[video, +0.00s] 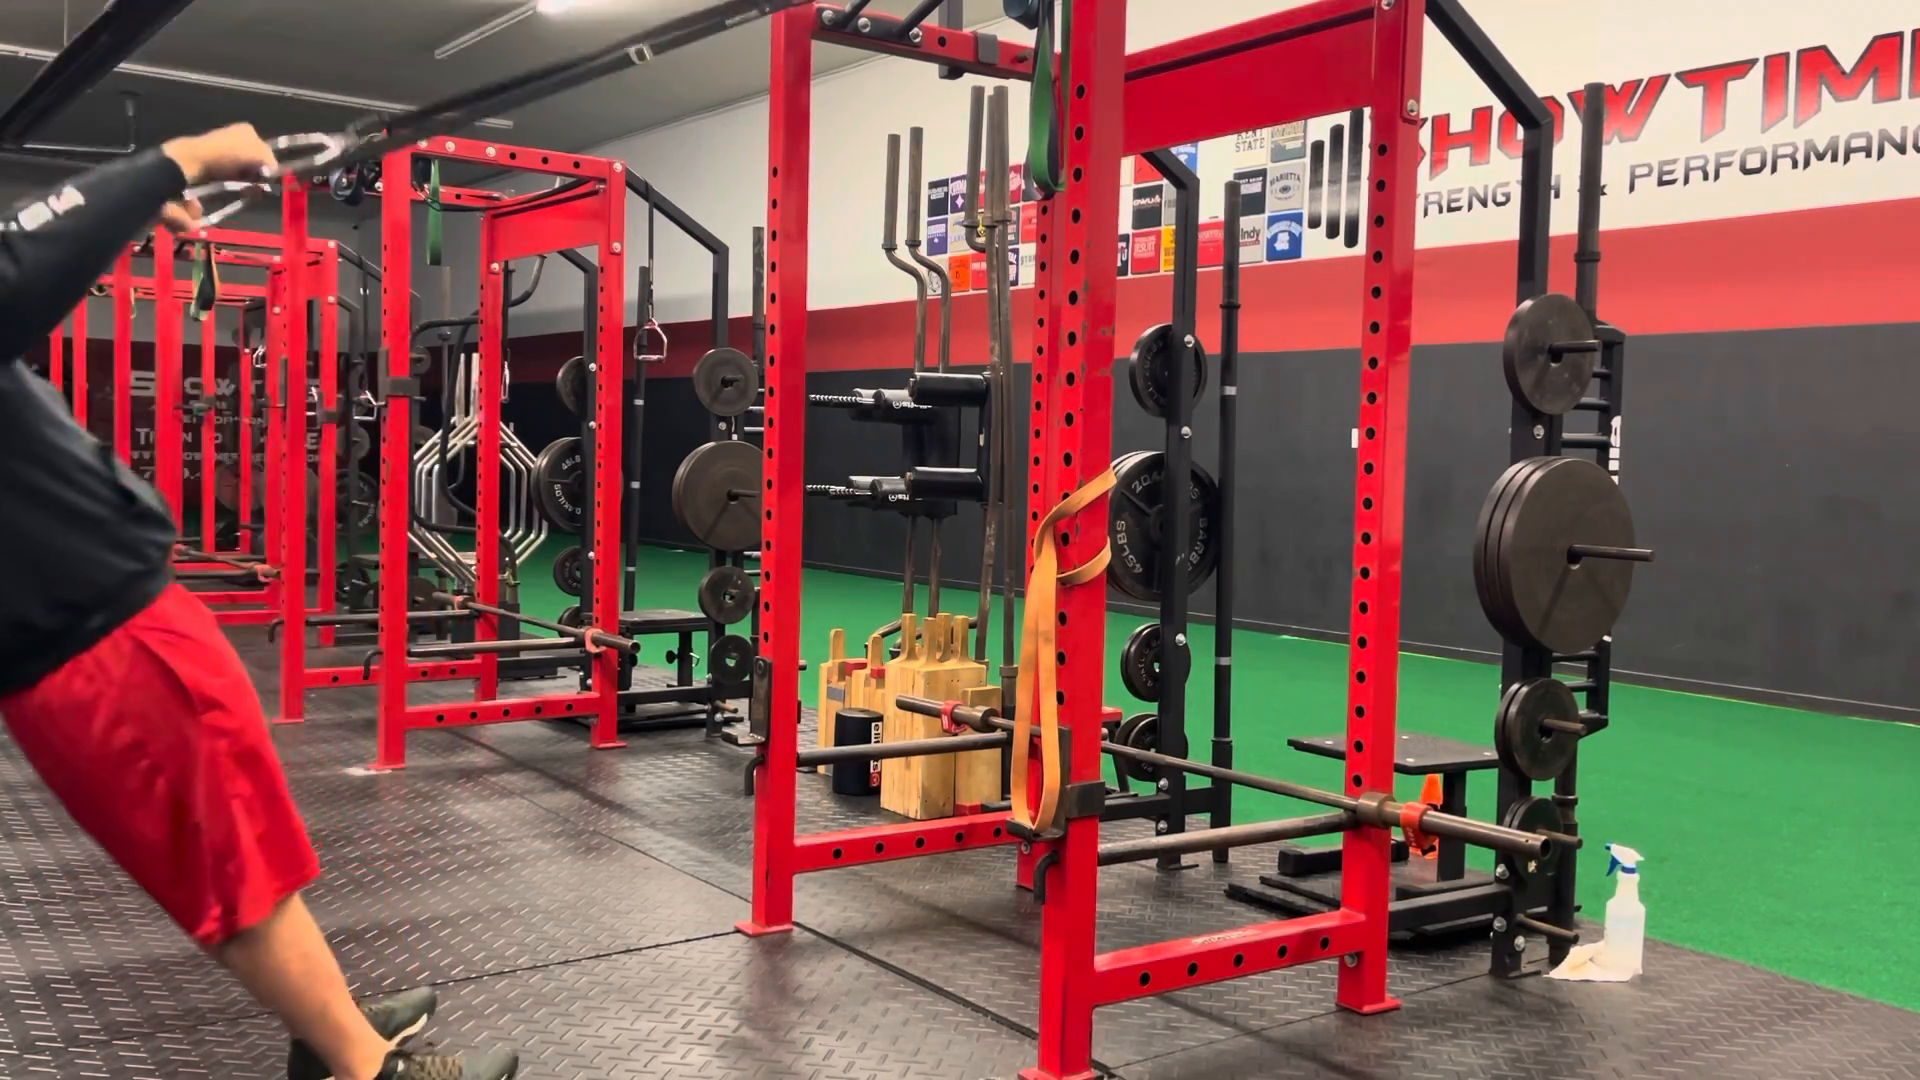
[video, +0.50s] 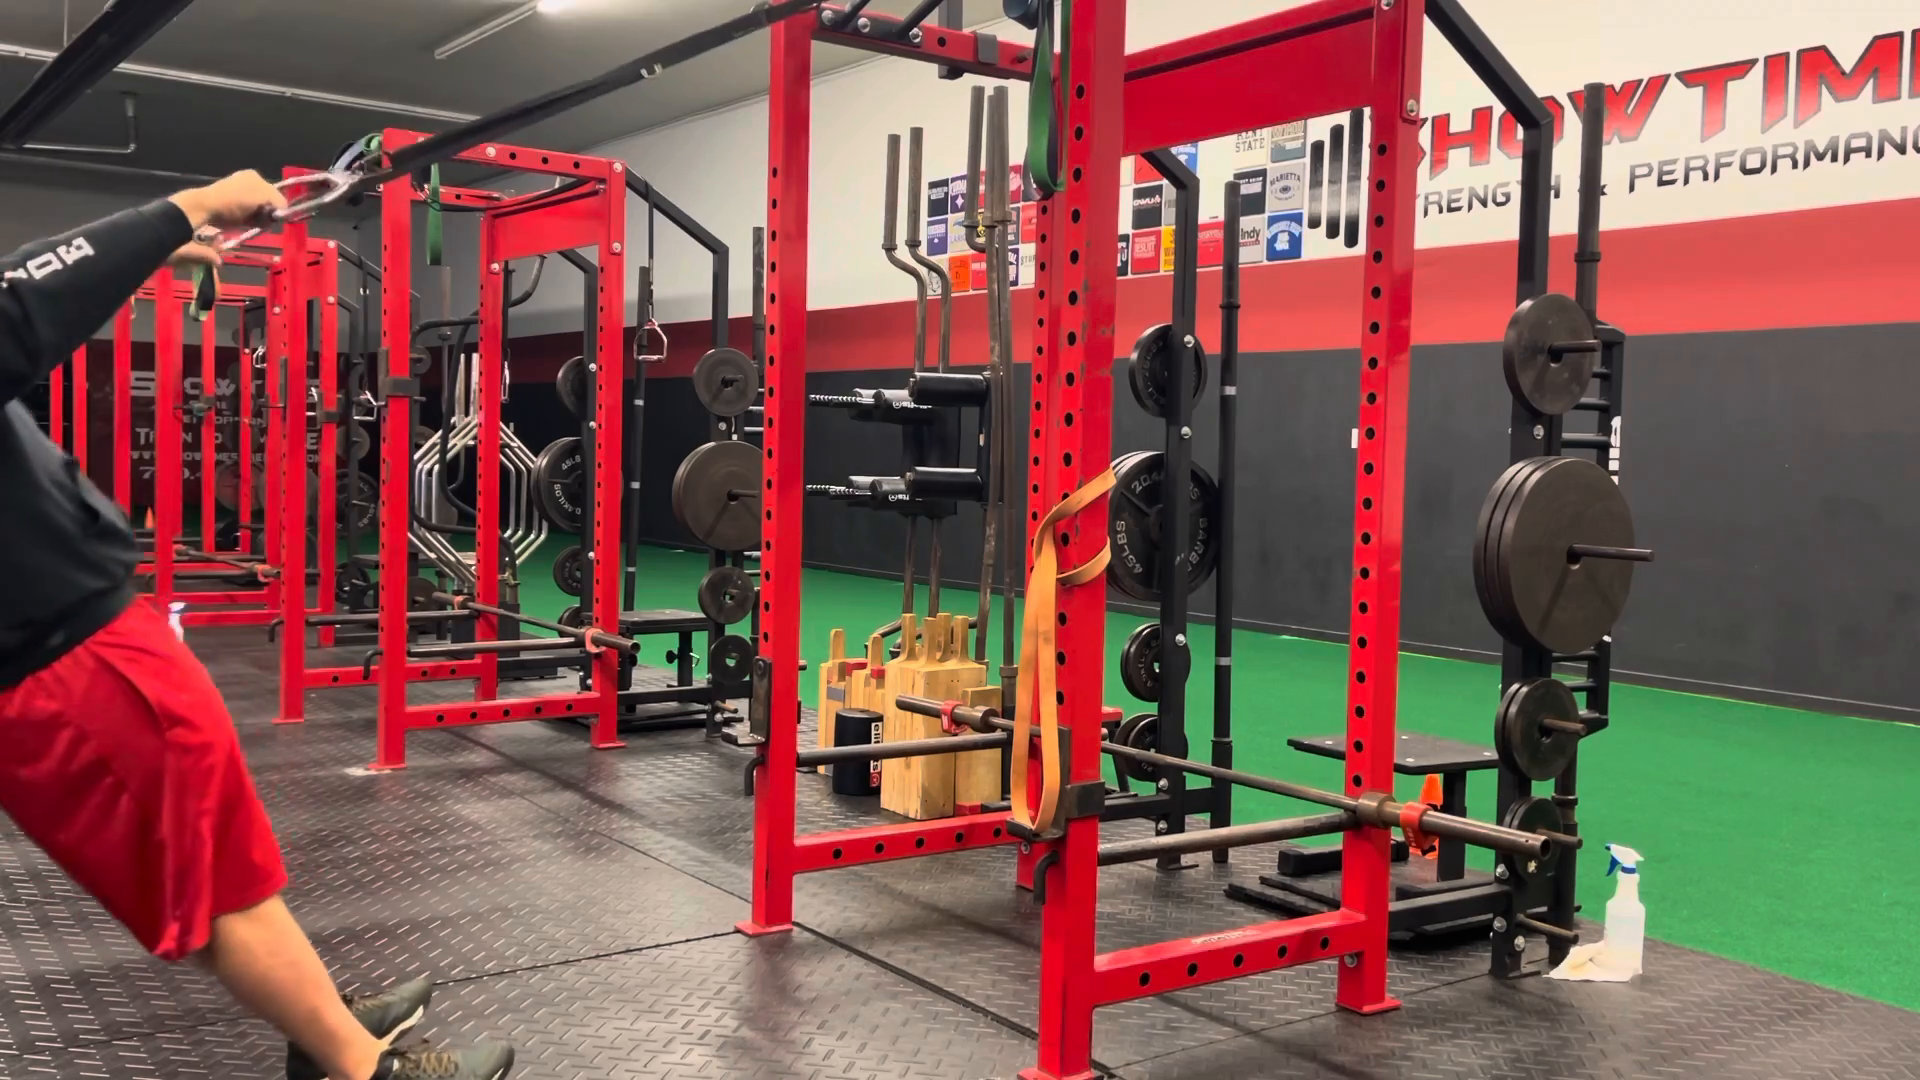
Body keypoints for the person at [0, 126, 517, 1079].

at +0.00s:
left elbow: (25, 263)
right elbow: (24, 272)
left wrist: (170, 167)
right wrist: (179, 159)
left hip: (77, 600)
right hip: (74, 611)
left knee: (220, 836)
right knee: (233, 857)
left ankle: (331, 1026)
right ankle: (367, 1063)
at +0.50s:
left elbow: (25, 307)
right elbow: (23, 314)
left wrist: (184, 215)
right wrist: (186, 210)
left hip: (53, 629)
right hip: (55, 632)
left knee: (204, 839)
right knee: (219, 869)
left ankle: (326, 1026)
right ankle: (361, 1065)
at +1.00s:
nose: (35, 115)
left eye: (26, 98)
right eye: (17, 107)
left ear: (14, 144)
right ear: (1, 151)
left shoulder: (49, 265)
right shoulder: (48, 274)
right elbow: (93, 93)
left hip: (199, 613)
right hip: (244, 608)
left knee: (278, 856)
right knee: (319, 865)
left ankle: (327, 1033)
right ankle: (380, 1057)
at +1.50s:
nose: (248, 122)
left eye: (221, 99)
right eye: (226, 99)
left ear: (149, 137)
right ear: (216, 119)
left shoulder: (146, 239)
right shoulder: (244, 220)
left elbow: (105, 130)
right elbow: (230, 62)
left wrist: (83, 18)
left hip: (263, 591)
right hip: (355, 591)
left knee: (300, 836)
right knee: (371, 855)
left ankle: (331, 1027)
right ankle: (392, 1056)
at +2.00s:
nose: (368, 127)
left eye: (361, 110)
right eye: (350, 110)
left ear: (281, 151)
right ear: (305, 126)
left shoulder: (224, 237)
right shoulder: (322, 229)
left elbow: (163, 153)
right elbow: (269, 72)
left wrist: (107, 39)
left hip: (303, 583)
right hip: (387, 587)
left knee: (314, 828)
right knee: (385, 850)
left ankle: (337, 1025)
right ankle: (395, 1057)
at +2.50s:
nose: (241, 127)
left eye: (225, 110)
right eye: (215, 111)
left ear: (115, 146)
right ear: (184, 126)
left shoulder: (134, 245)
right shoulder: (202, 222)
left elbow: (92, 132)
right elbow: (199, 72)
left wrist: (87, 27)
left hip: (262, 586)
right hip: (329, 587)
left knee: (312, 833)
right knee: (357, 847)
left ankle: (332, 1023)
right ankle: (390, 1059)